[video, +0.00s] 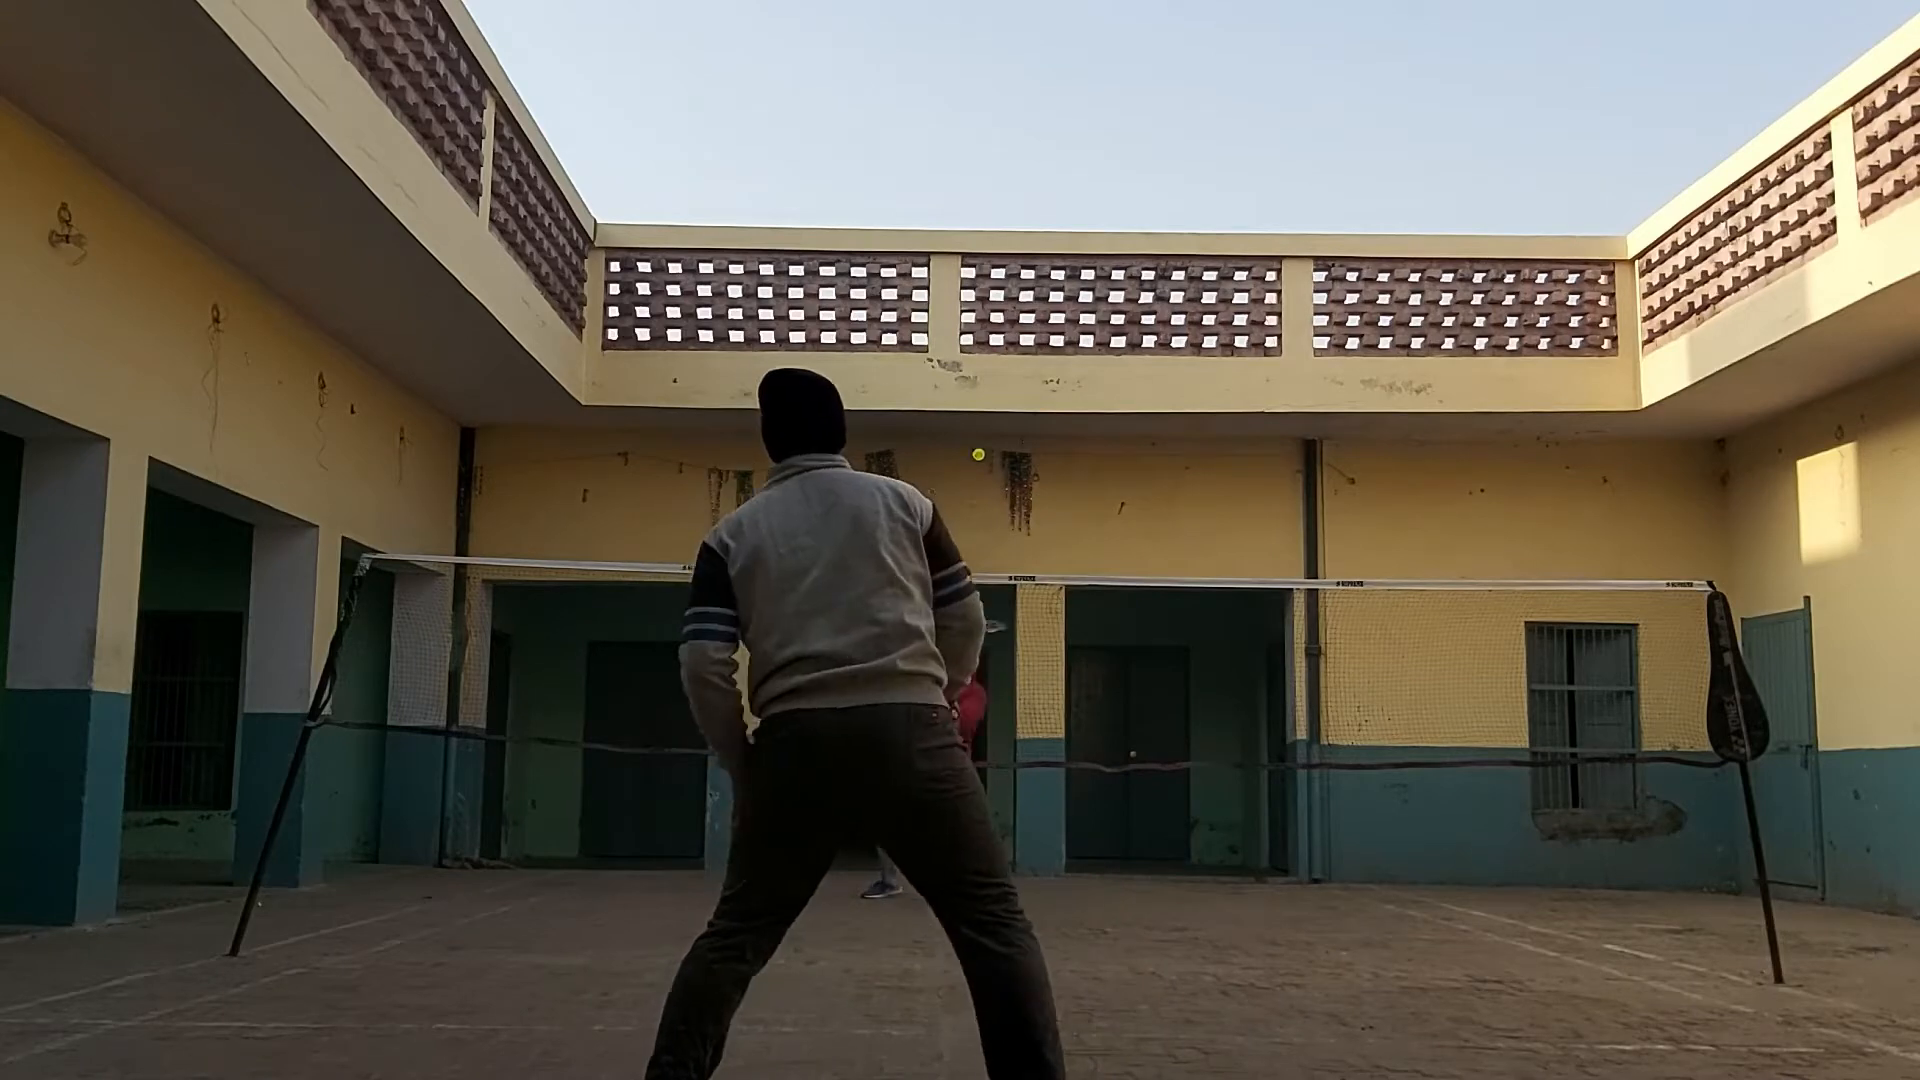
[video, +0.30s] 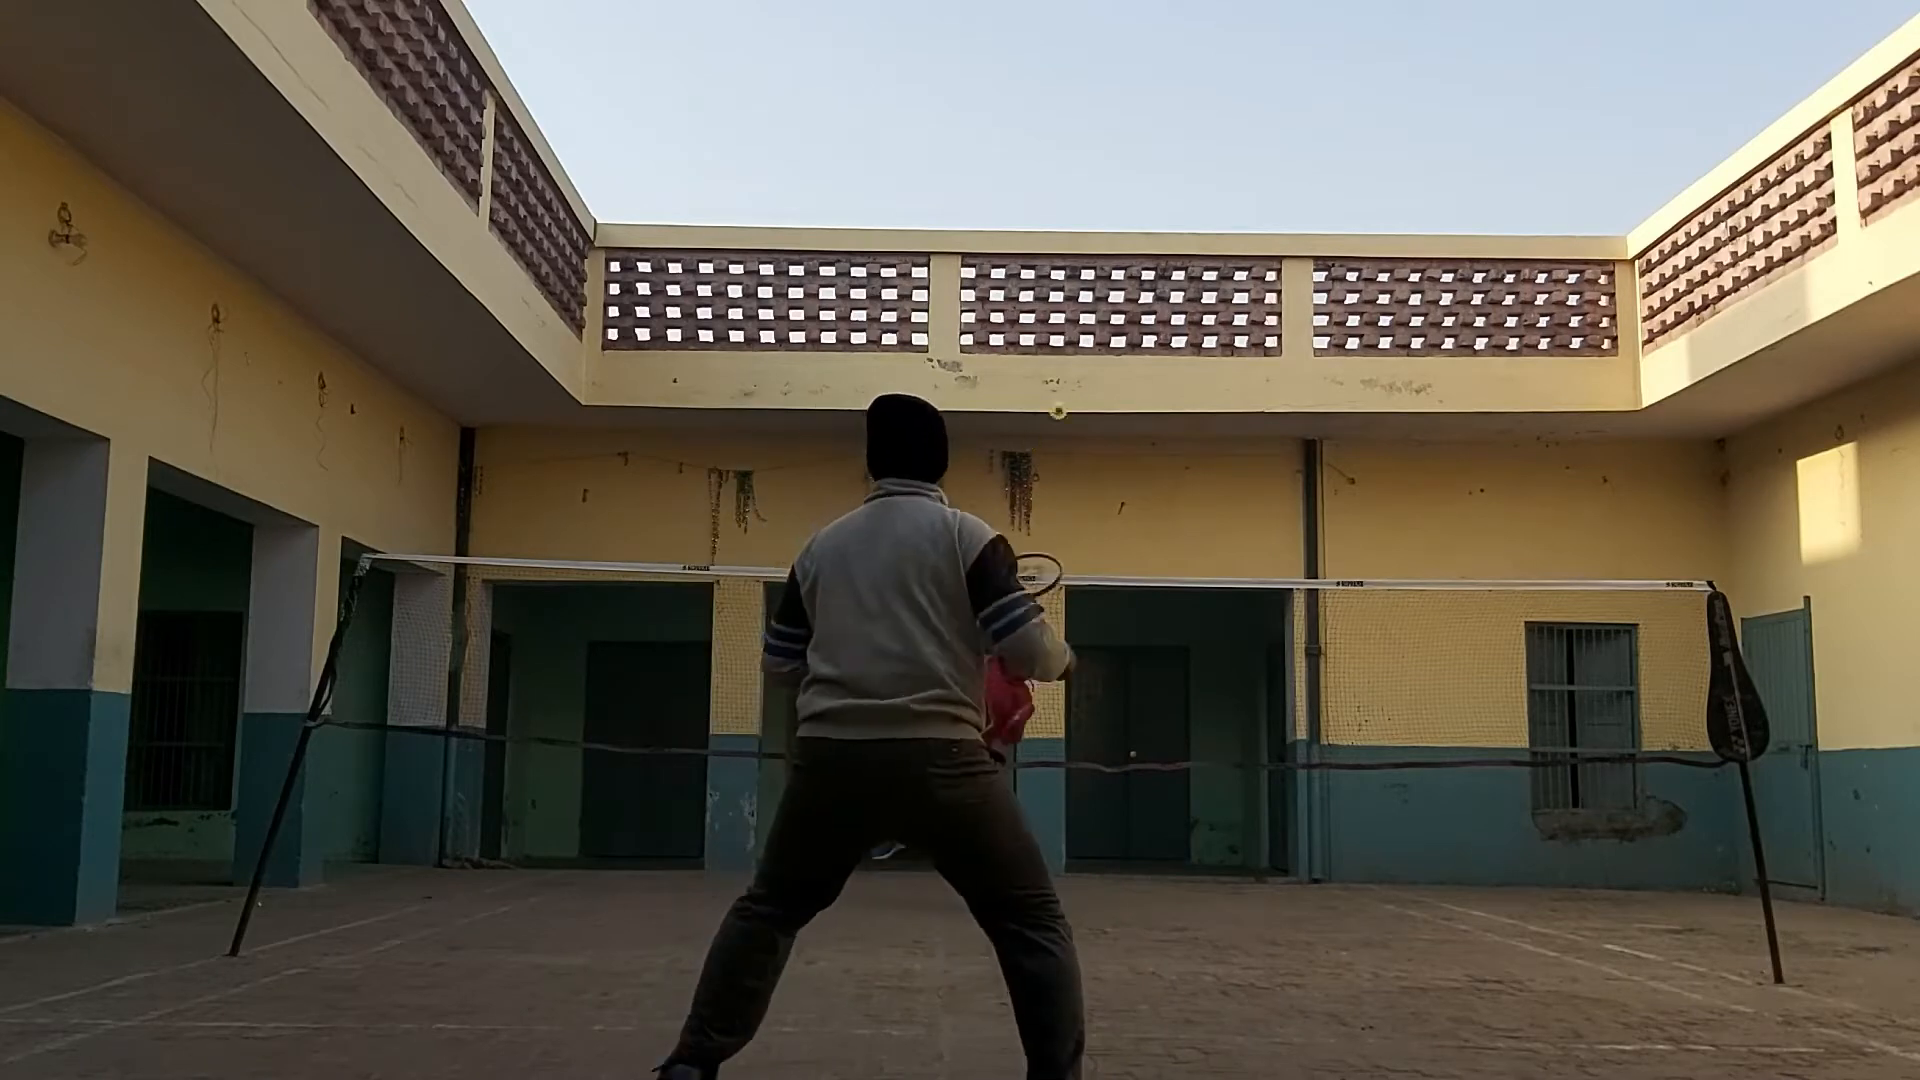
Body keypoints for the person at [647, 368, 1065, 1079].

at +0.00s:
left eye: (768, 431)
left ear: (766, 440)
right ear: (843, 435)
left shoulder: (732, 533)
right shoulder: (907, 502)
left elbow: (706, 666)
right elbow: (964, 620)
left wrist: (744, 769)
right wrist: (934, 705)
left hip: (794, 753)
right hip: (914, 742)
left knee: (736, 936)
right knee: (993, 924)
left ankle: (670, 1073)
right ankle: (1037, 1073)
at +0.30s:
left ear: (870, 462)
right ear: (941, 462)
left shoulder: (821, 546)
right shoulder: (968, 537)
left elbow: (780, 664)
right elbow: (1031, 651)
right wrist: (1058, 655)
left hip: (831, 762)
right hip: (944, 762)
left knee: (771, 907)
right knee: (1032, 923)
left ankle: (691, 1060)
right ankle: (1057, 1069)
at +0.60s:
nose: (893, 441)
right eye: (889, 431)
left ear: (812, 436)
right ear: (887, 436)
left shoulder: (762, 523)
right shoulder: (924, 514)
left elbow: (725, 607)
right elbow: (961, 626)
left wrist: (785, 544)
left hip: (819, 746)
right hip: (928, 739)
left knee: (765, 903)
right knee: (991, 889)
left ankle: (695, 1059)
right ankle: (1038, 1061)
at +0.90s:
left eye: (851, 435)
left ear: (846, 442)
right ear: (919, 439)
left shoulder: (802, 532)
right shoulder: (967, 520)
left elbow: (773, 655)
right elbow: (1015, 649)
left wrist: (834, 657)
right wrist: (1024, 666)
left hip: (846, 751)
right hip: (958, 745)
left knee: (784, 904)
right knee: (1032, 906)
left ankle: (701, 1062)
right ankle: (1070, 1066)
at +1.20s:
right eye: (992, 449)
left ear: (923, 450)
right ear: (994, 450)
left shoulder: (867, 519)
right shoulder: (1022, 511)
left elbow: (824, 629)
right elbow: (1054, 616)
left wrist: (865, 703)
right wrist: (1064, 700)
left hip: (879, 707)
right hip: (981, 701)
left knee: (900, 893)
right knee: (1038, 892)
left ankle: (871, 1067)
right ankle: (1083, 1066)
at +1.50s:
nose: (1029, 492)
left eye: (1028, 479)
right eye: (1028, 479)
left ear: (959, 471)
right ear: (1016, 477)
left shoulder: (906, 541)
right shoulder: (994, 537)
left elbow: (869, 651)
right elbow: (1020, 653)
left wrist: (975, 677)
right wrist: (1112, 650)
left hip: (881, 761)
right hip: (966, 763)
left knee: (946, 913)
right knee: (1087, 925)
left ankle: (875, 1073)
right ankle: (1080, 1074)